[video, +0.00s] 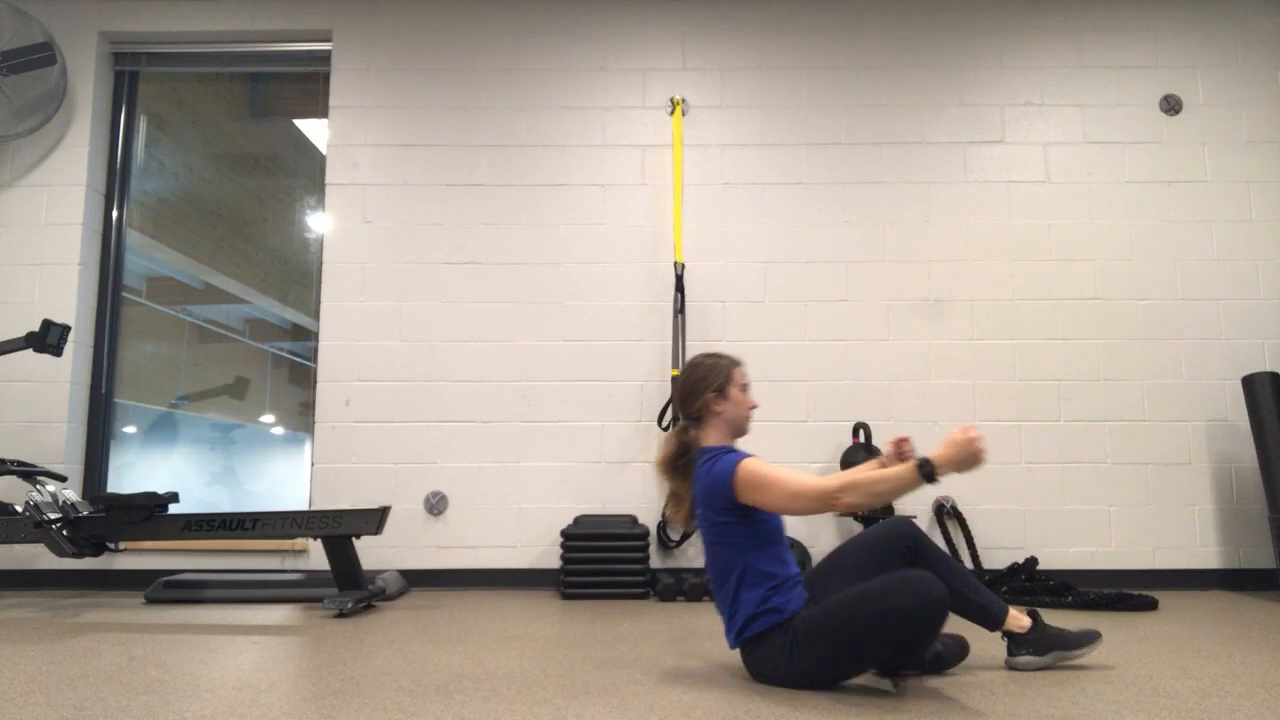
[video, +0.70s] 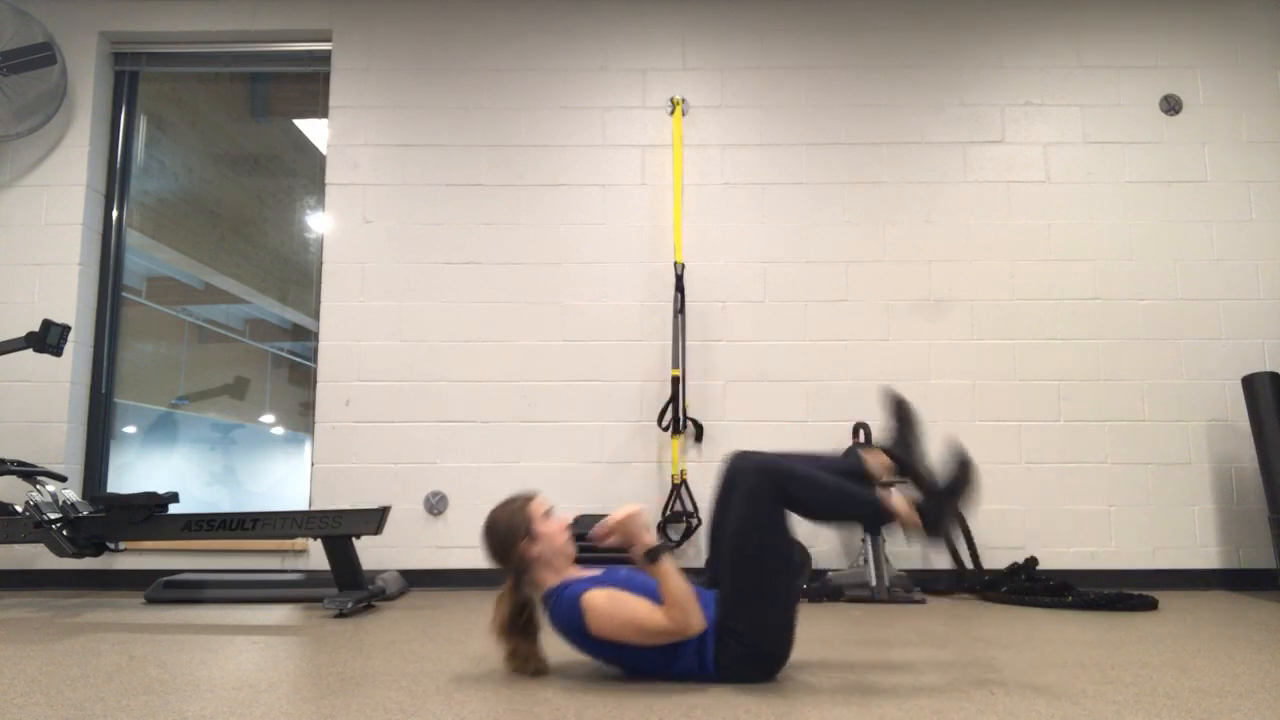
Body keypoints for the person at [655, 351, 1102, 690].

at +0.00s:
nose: (753, 401)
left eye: (749, 389)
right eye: (744, 391)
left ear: (715, 401)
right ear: (714, 402)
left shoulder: (723, 464)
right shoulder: (725, 470)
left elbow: (821, 494)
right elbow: (833, 498)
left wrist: (880, 467)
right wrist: (934, 466)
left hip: (790, 612)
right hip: (779, 644)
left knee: (900, 535)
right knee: (924, 590)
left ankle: (1019, 628)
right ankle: (905, 659)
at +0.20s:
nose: (699, 416)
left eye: (693, 406)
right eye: (688, 408)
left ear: (661, 425)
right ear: (662, 424)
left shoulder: (678, 482)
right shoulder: (678, 491)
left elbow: (777, 504)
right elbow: (793, 511)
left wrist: (822, 463)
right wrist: (873, 455)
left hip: (772, 613)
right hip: (770, 647)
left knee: (873, 516)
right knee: (900, 550)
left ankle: (989, 613)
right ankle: (898, 645)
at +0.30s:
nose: (674, 428)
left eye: (667, 418)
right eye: (661, 421)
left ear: (638, 442)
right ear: (636, 442)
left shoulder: (661, 496)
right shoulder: (658, 507)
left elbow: (749, 524)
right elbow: (764, 531)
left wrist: (784, 471)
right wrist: (826, 462)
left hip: (763, 613)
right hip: (761, 648)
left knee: (851, 502)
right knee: (884, 539)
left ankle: (975, 594)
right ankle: (897, 643)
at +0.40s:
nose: (644, 446)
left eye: (637, 436)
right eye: (631, 440)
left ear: (607, 463)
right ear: (607, 459)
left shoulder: (631, 518)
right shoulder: (634, 526)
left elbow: (727, 551)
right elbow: (746, 561)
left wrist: (743, 484)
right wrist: (775, 481)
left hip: (756, 616)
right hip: (757, 648)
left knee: (834, 493)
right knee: (866, 529)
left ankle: (964, 567)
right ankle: (904, 641)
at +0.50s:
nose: (617, 467)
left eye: (609, 459)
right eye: (605, 463)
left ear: (582, 485)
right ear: (581, 484)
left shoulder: (608, 535)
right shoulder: (613, 547)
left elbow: (705, 579)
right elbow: (720, 588)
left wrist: (706, 510)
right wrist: (723, 506)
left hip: (741, 624)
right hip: (750, 649)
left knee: (811, 482)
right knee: (842, 508)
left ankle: (950, 537)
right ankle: (921, 624)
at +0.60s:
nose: (589, 494)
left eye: (581, 486)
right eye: (576, 491)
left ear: (557, 517)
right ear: (554, 516)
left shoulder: (594, 558)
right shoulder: (596, 576)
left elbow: (689, 592)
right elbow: (701, 608)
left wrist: (677, 524)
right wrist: (682, 529)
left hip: (731, 625)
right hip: (746, 651)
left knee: (785, 474)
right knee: (809, 493)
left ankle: (926, 506)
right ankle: (934, 582)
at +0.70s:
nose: (562, 518)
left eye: (551, 511)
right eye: (548, 518)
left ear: (535, 547)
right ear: (531, 547)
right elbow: (683, 621)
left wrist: (633, 539)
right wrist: (648, 548)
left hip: (733, 624)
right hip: (743, 648)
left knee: (747, 466)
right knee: (753, 477)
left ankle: (875, 464)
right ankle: (910, 512)